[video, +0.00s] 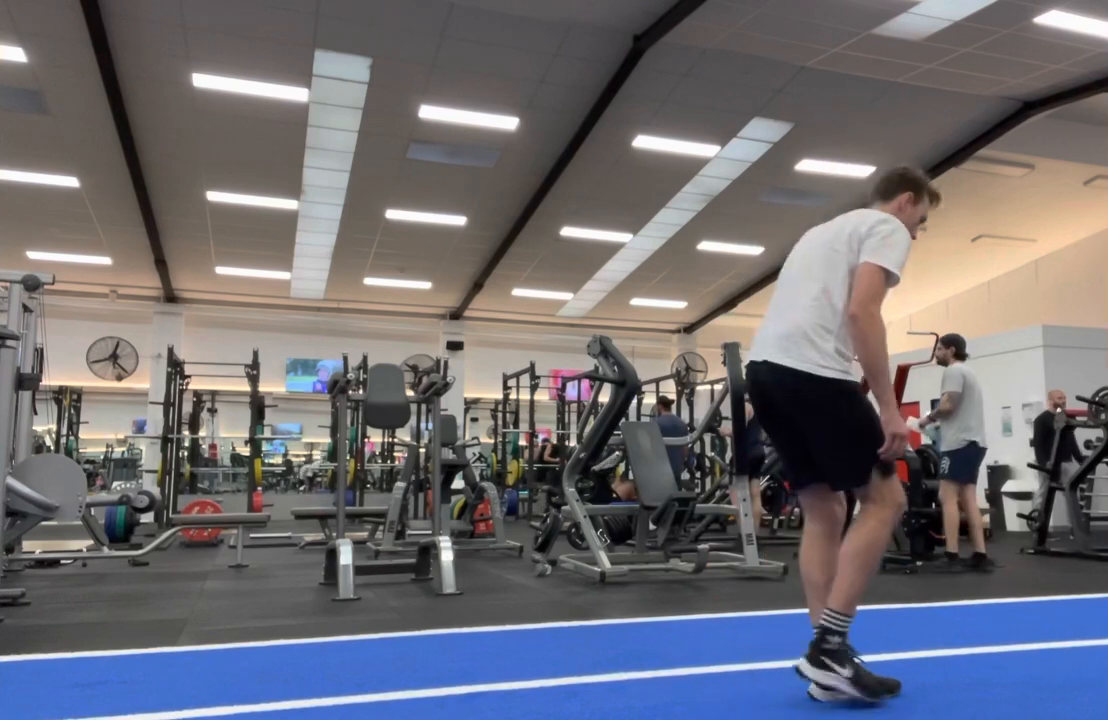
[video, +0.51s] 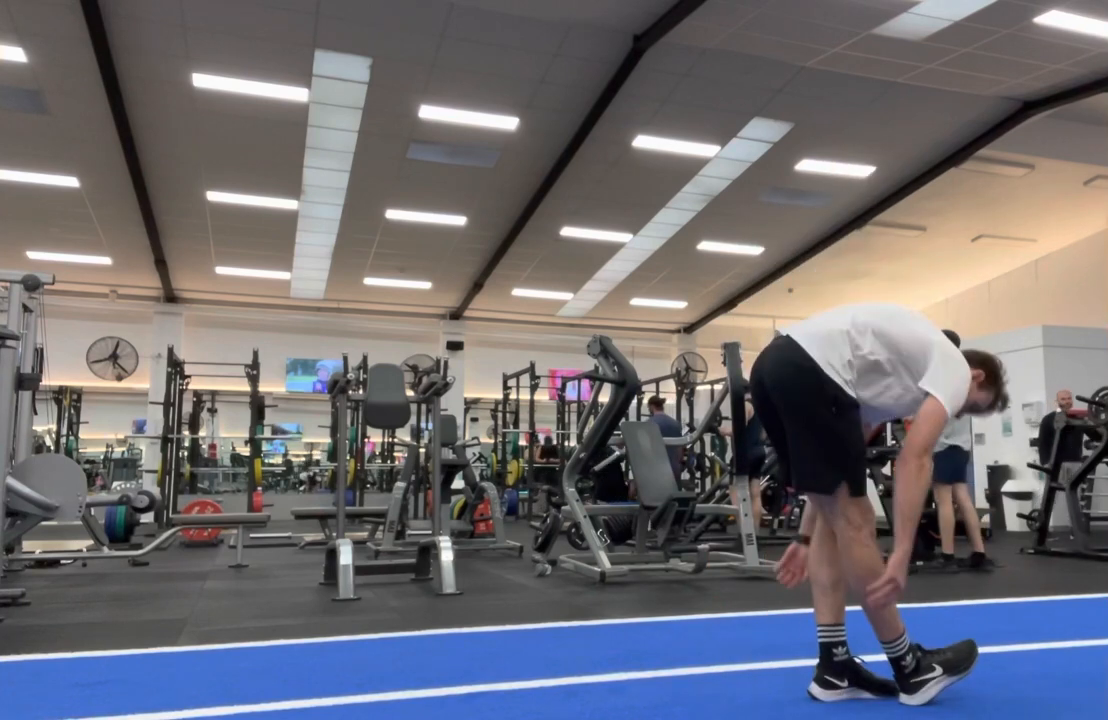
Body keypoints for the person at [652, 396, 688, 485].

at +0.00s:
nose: (656, 408)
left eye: (657, 406)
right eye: (657, 406)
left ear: (660, 406)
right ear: (670, 406)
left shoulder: (656, 422)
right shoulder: (681, 422)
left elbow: (653, 442)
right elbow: (685, 443)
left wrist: (653, 456)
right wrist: (684, 457)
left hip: (660, 458)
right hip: (677, 458)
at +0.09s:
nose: (655, 408)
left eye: (656, 406)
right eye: (656, 406)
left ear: (659, 406)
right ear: (669, 406)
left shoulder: (656, 422)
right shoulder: (680, 423)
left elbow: (652, 443)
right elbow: (685, 444)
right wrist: (684, 457)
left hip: (660, 459)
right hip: (677, 459)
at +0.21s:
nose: (655, 409)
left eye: (655, 406)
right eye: (655, 406)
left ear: (658, 407)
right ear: (668, 406)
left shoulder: (655, 422)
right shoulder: (679, 422)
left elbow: (652, 442)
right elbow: (685, 442)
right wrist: (683, 456)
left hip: (660, 459)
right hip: (677, 459)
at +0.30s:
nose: (653, 409)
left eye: (653, 406)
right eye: (653, 406)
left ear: (657, 407)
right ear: (666, 406)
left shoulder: (654, 422)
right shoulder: (678, 422)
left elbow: (651, 443)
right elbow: (684, 442)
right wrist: (683, 455)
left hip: (659, 459)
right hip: (677, 459)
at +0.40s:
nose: (651, 409)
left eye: (652, 407)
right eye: (651, 407)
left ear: (655, 407)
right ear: (664, 406)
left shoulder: (653, 422)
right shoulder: (677, 422)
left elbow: (650, 444)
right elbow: (682, 442)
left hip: (658, 460)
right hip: (675, 460)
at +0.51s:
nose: (649, 410)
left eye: (649, 407)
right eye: (649, 407)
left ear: (652, 407)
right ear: (662, 406)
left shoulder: (649, 424)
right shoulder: (675, 423)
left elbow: (646, 445)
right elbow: (679, 444)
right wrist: (679, 460)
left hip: (655, 461)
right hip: (673, 461)